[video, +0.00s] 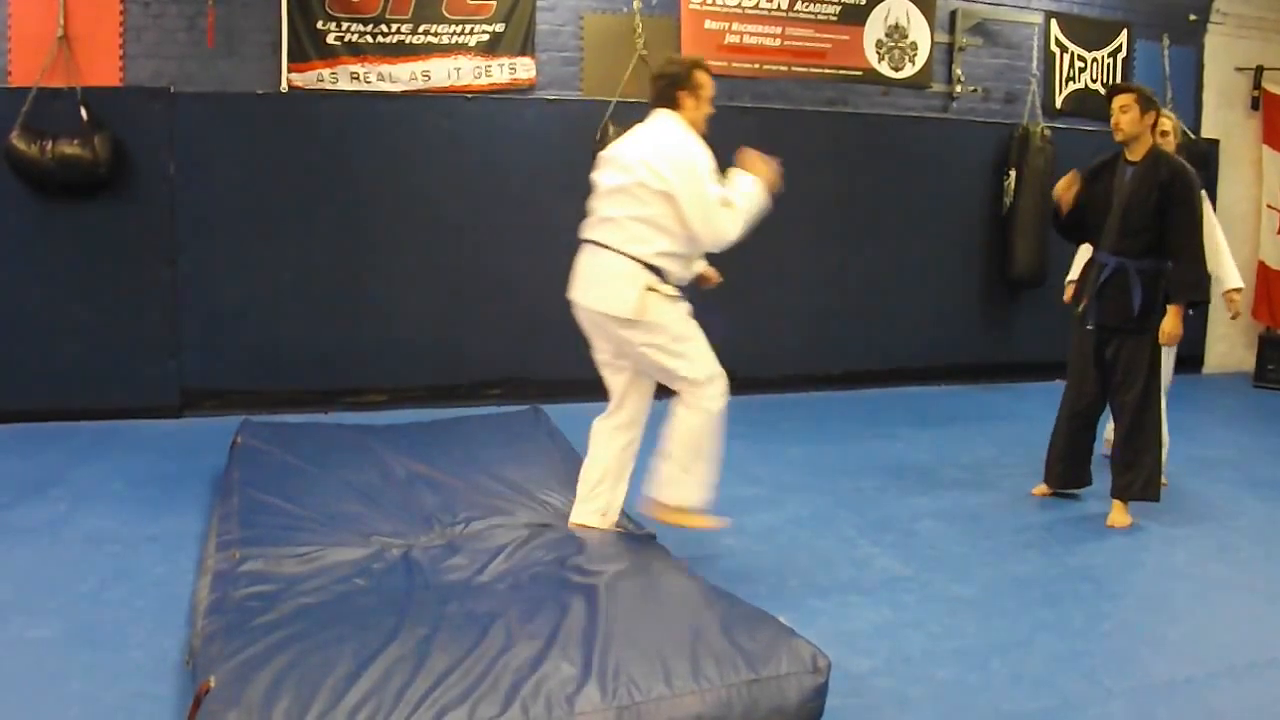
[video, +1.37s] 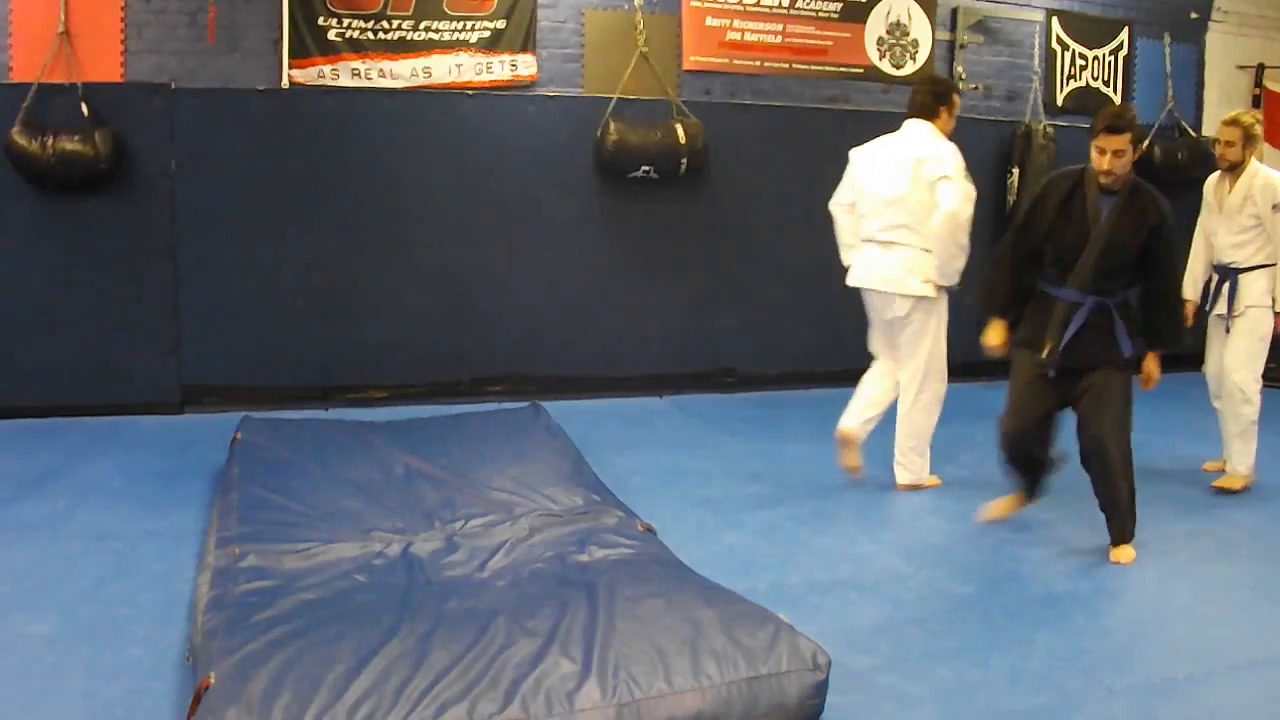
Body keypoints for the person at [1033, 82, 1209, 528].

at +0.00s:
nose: (1116, 119)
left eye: (1125, 111)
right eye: (1113, 113)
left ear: (1150, 117)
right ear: (1113, 121)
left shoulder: (1177, 176)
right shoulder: (1105, 171)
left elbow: (1187, 248)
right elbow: (1083, 233)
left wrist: (1176, 308)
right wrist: (1065, 205)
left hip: (1143, 298)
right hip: (1097, 291)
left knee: (1133, 401)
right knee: (1080, 391)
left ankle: (1122, 497)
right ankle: (1062, 477)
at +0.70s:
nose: (1119, 131)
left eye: (1128, 123)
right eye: (1115, 123)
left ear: (1151, 125)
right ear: (1112, 126)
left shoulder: (1178, 175)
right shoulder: (1110, 176)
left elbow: (1190, 247)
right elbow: (1090, 239)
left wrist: (1179, 308)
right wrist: (1069, 235)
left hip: (1160, 299)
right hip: (1120, 296)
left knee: (1131, 387)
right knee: (1117, 388)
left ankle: (1131, 490)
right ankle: (1118, 481)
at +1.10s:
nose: (1110, 149)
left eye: (1119, 140)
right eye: (1104, 140)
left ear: (1140, 139)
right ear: (1096, 140)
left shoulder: (1163, 190)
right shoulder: (1086, 187)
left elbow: (1186, 262)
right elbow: (1071, 250)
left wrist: (1198, 330)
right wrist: (1071, 306)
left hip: (1140, 308)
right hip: (1093, 308)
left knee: (1124, 407)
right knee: (1106, 404)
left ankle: (1120, 519)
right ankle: (1126, 486)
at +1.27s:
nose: (1111, 157)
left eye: (1121, 148)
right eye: (1105, 147)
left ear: (1142, 148)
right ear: (1096, 145)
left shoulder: (1162, 204)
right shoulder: (1070, 187)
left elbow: (1176, 277)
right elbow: (1038, 245)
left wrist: (1173, 343)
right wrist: (1031, 305)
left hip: (1122, 324)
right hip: (1066, 318)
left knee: (1110, 430)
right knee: (1051, 422)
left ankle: (1119, 534)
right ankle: (1095, 464)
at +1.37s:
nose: (1107, 164)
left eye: (1117, 154)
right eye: (1100, 152)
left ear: (1134, 153)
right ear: (1089, 149)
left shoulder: (1151, 209)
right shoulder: (1057, 189)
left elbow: (1161, 284)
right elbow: (1017, 250)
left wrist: (1153, 348)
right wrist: (1000, 315)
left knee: (1105, 439)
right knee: (1018, 426)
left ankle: (1120, 537)